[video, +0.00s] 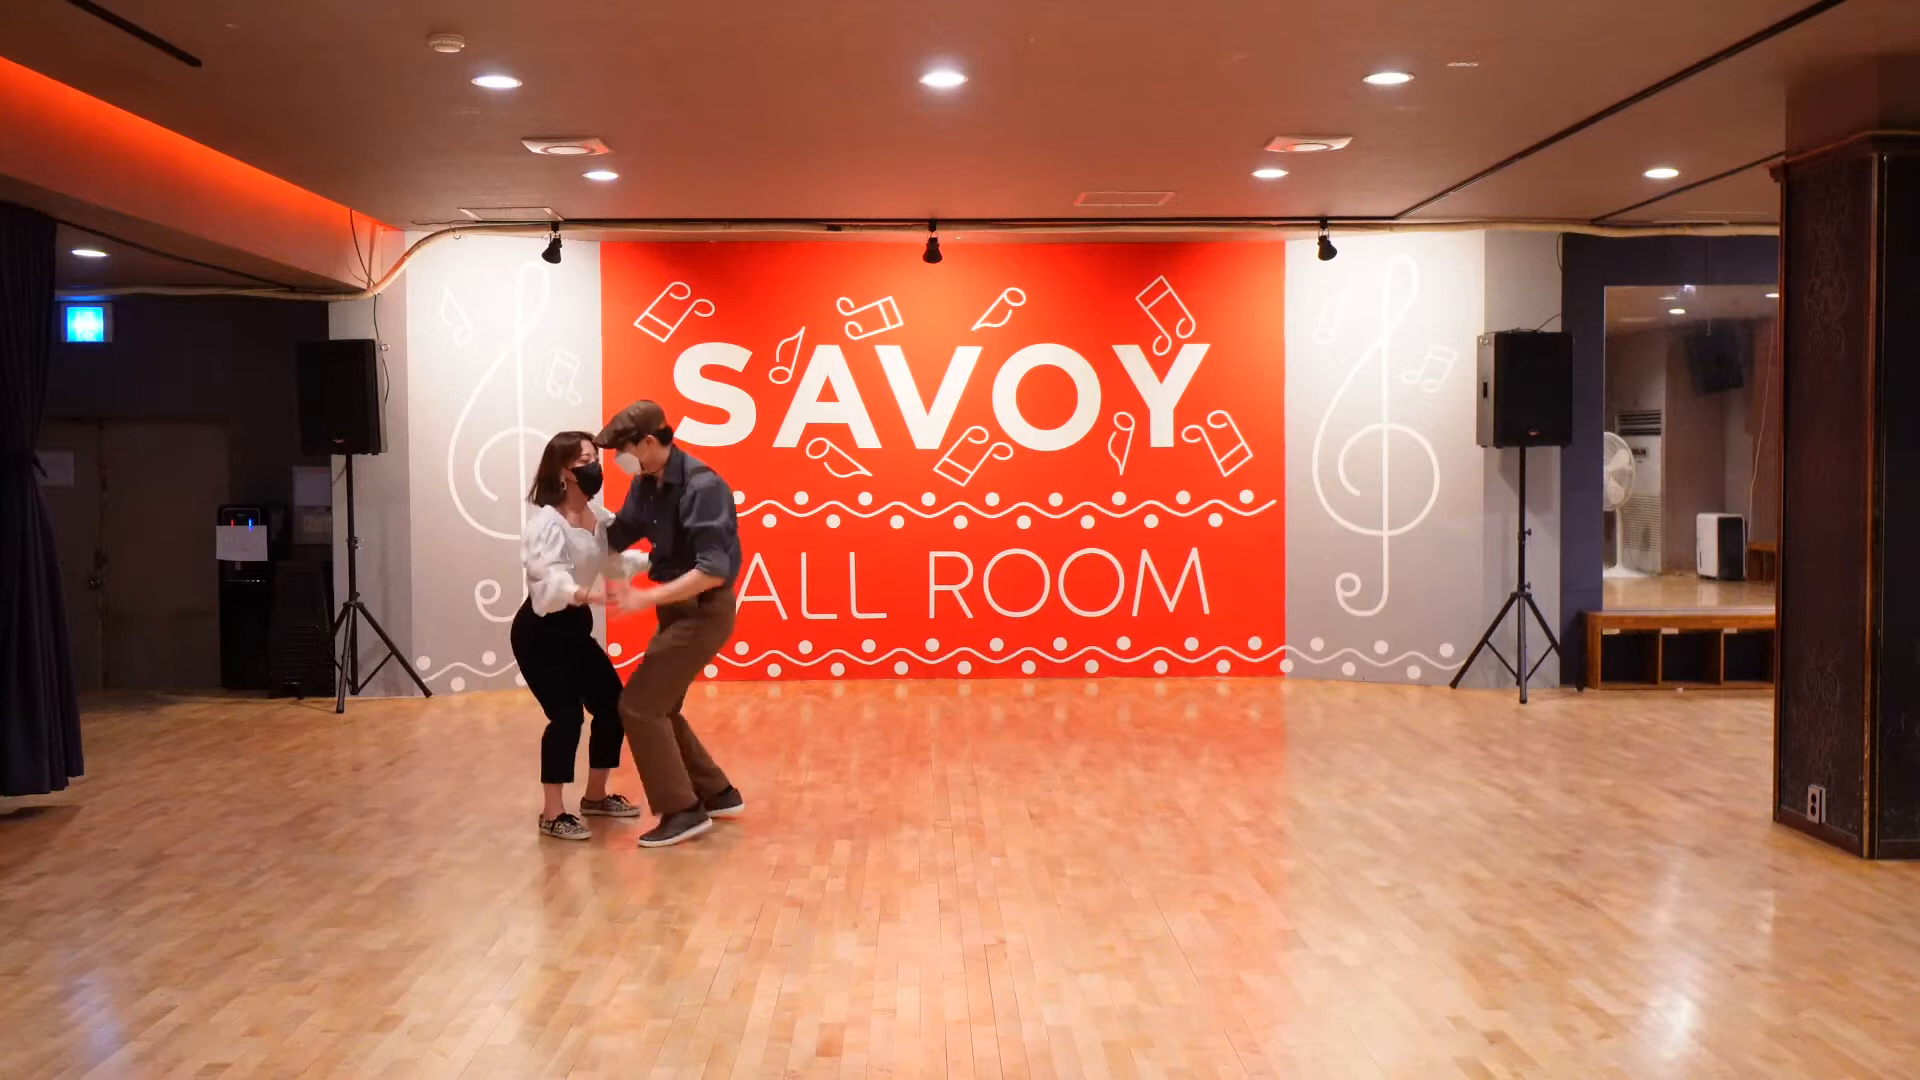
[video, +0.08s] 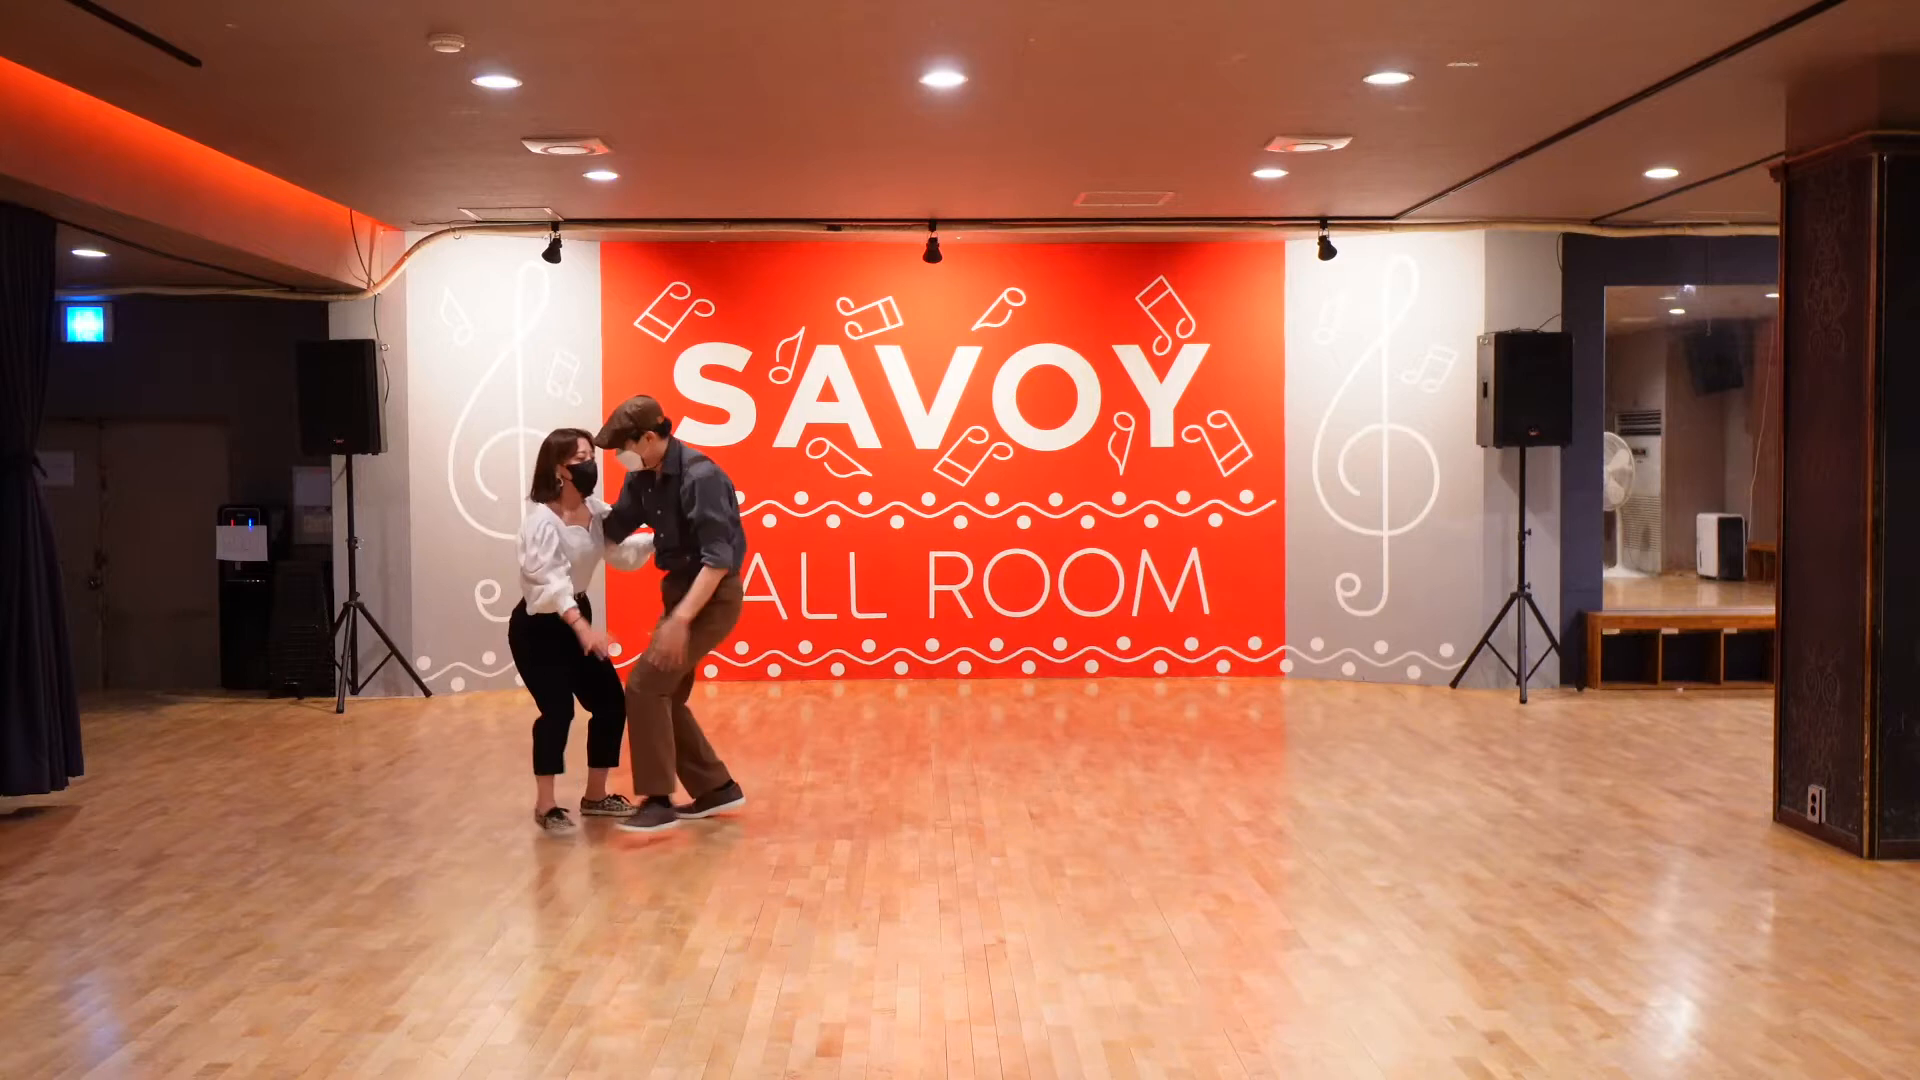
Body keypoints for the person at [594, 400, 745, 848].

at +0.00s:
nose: (628, 461)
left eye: (630, 450)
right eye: (623, 453)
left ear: (653, 441)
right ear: (642, 446)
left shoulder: (703, 486)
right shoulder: (647, 484)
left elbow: (714, 570)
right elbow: (614, 539)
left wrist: (645, 596)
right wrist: (574, 505)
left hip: (707, 610)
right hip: (675, 609)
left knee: (639, 705)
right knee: (656, 707)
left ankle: (682, 810)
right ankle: (716, 791)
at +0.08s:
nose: (631, 456)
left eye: (634, 446)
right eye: (626, 449)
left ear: (656, 436)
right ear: (641, 442)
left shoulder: (701, 477)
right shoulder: (642, 477)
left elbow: (720, 558)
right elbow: (613, 528)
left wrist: (681, 618)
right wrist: (573, 507)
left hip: (715, 594)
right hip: (679, 593)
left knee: (645, 683)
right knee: (665, 698)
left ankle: (658, 799)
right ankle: (716, 788)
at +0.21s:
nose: (625, 458)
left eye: (628, 449)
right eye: (623, 451)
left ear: (652, 438)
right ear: (644, 442)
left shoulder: (694, 472)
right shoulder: (642, 476)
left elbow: (727, 548)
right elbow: (605, 527)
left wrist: (721, 619)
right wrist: (561, 508)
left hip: (716, 588)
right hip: (685, 587)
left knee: (665, 692)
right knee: (664, 692)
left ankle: (618, 807)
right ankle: (719, 789)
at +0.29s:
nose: (626, 463)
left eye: (629, 454)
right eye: (624, 456)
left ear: (654, 443)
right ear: (645, 446)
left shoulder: (699, 479)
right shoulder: (641, 481)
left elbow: (743, 550)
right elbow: (603, 532)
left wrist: (722, 617)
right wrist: (588, 528)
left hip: (716, 603)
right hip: (683, 600)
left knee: (668, 706)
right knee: (659, 703)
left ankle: (613, 812)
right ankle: (720, 790)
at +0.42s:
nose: (628, 467)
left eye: (632, 457)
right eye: (625, 459)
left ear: (658, 446)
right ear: (647, 450)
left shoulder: (712, 489)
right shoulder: (644, 490)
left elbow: (750, 562)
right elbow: (598, 535)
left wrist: (702, 607)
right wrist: (579, 535)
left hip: (722, 608)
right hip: (685, 607)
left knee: (647, 689)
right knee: (662, 703)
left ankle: (630, 809)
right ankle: (718, 789)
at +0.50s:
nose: (629, 471)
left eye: (632, 461)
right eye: (626, 463)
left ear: (659, 450)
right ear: (649, 454)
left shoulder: (712, 493)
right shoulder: (648, 497)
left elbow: (739, 569)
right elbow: (600, 538)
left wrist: (684, 587)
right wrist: (576, 538)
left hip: (716, 617)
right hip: (684, 616)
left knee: (636, 697)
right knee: (654, 706)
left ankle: (669, 810)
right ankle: (717, 787)